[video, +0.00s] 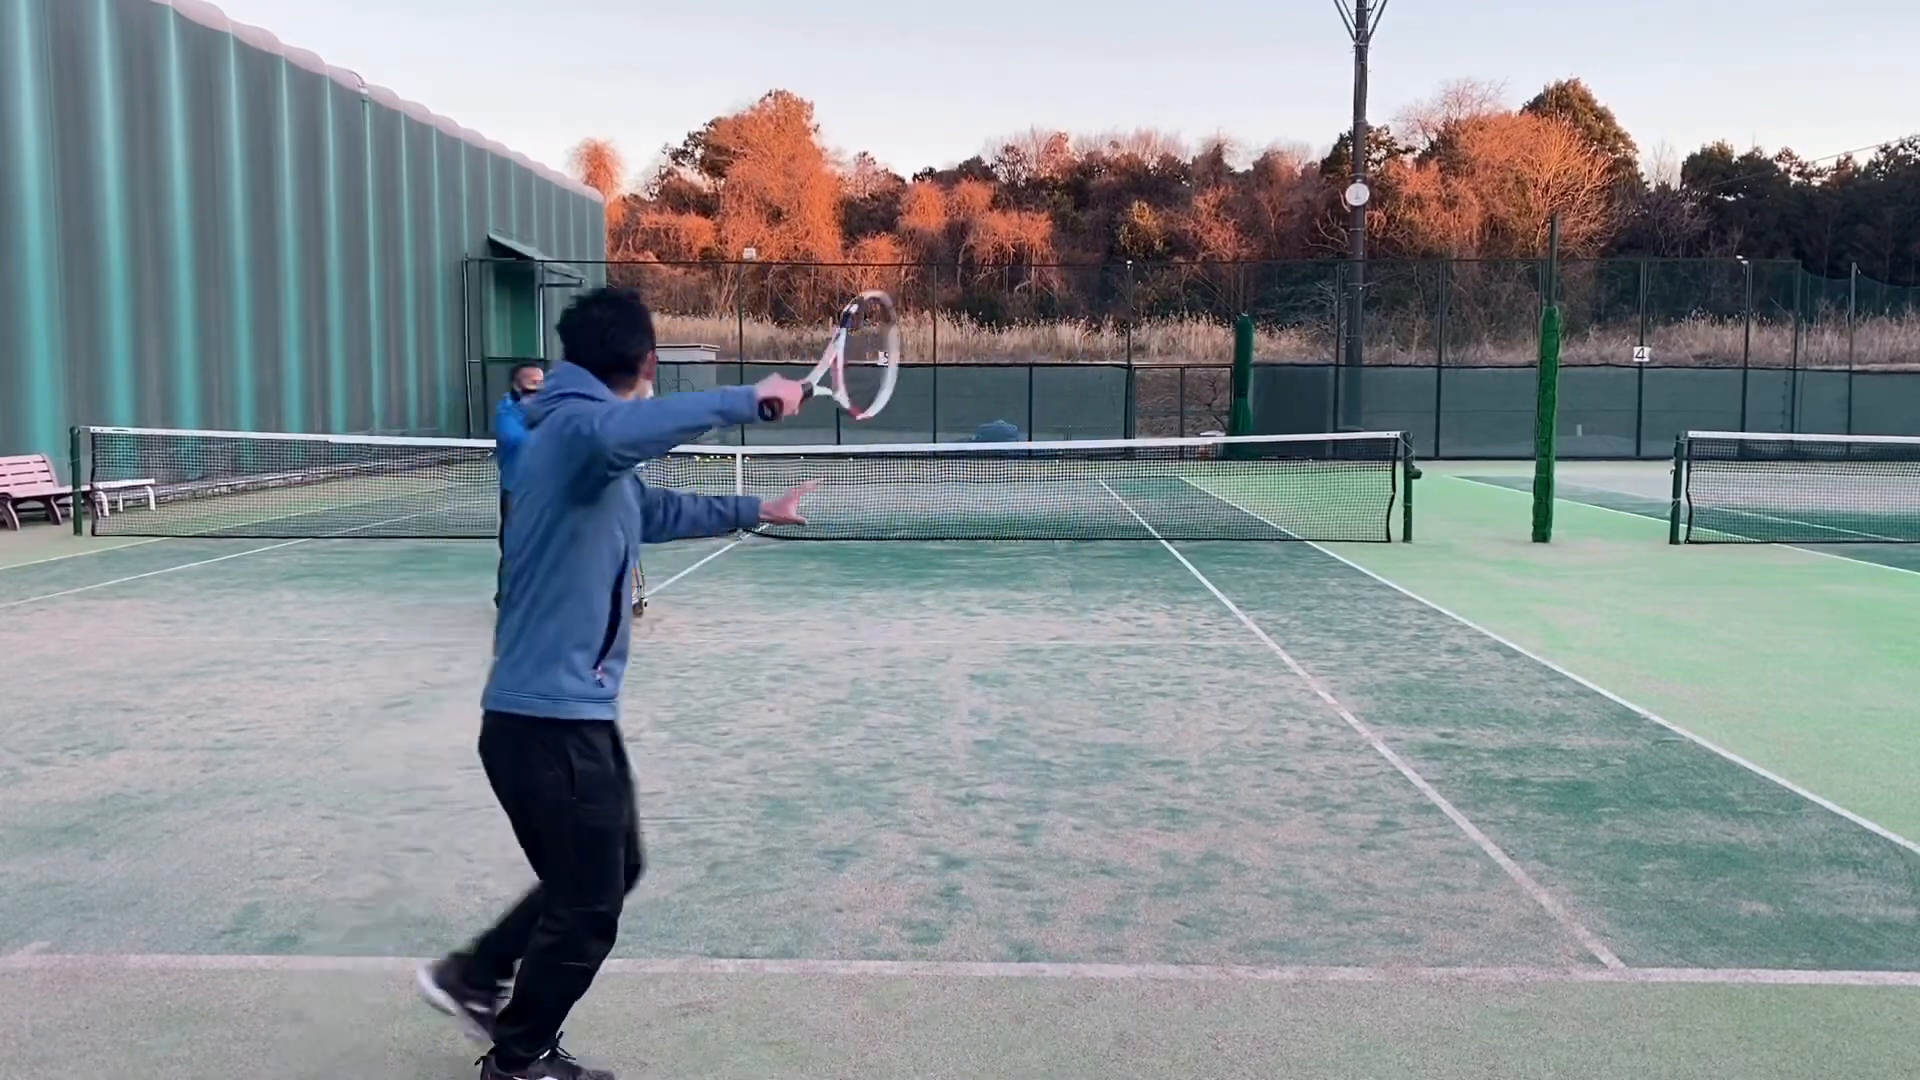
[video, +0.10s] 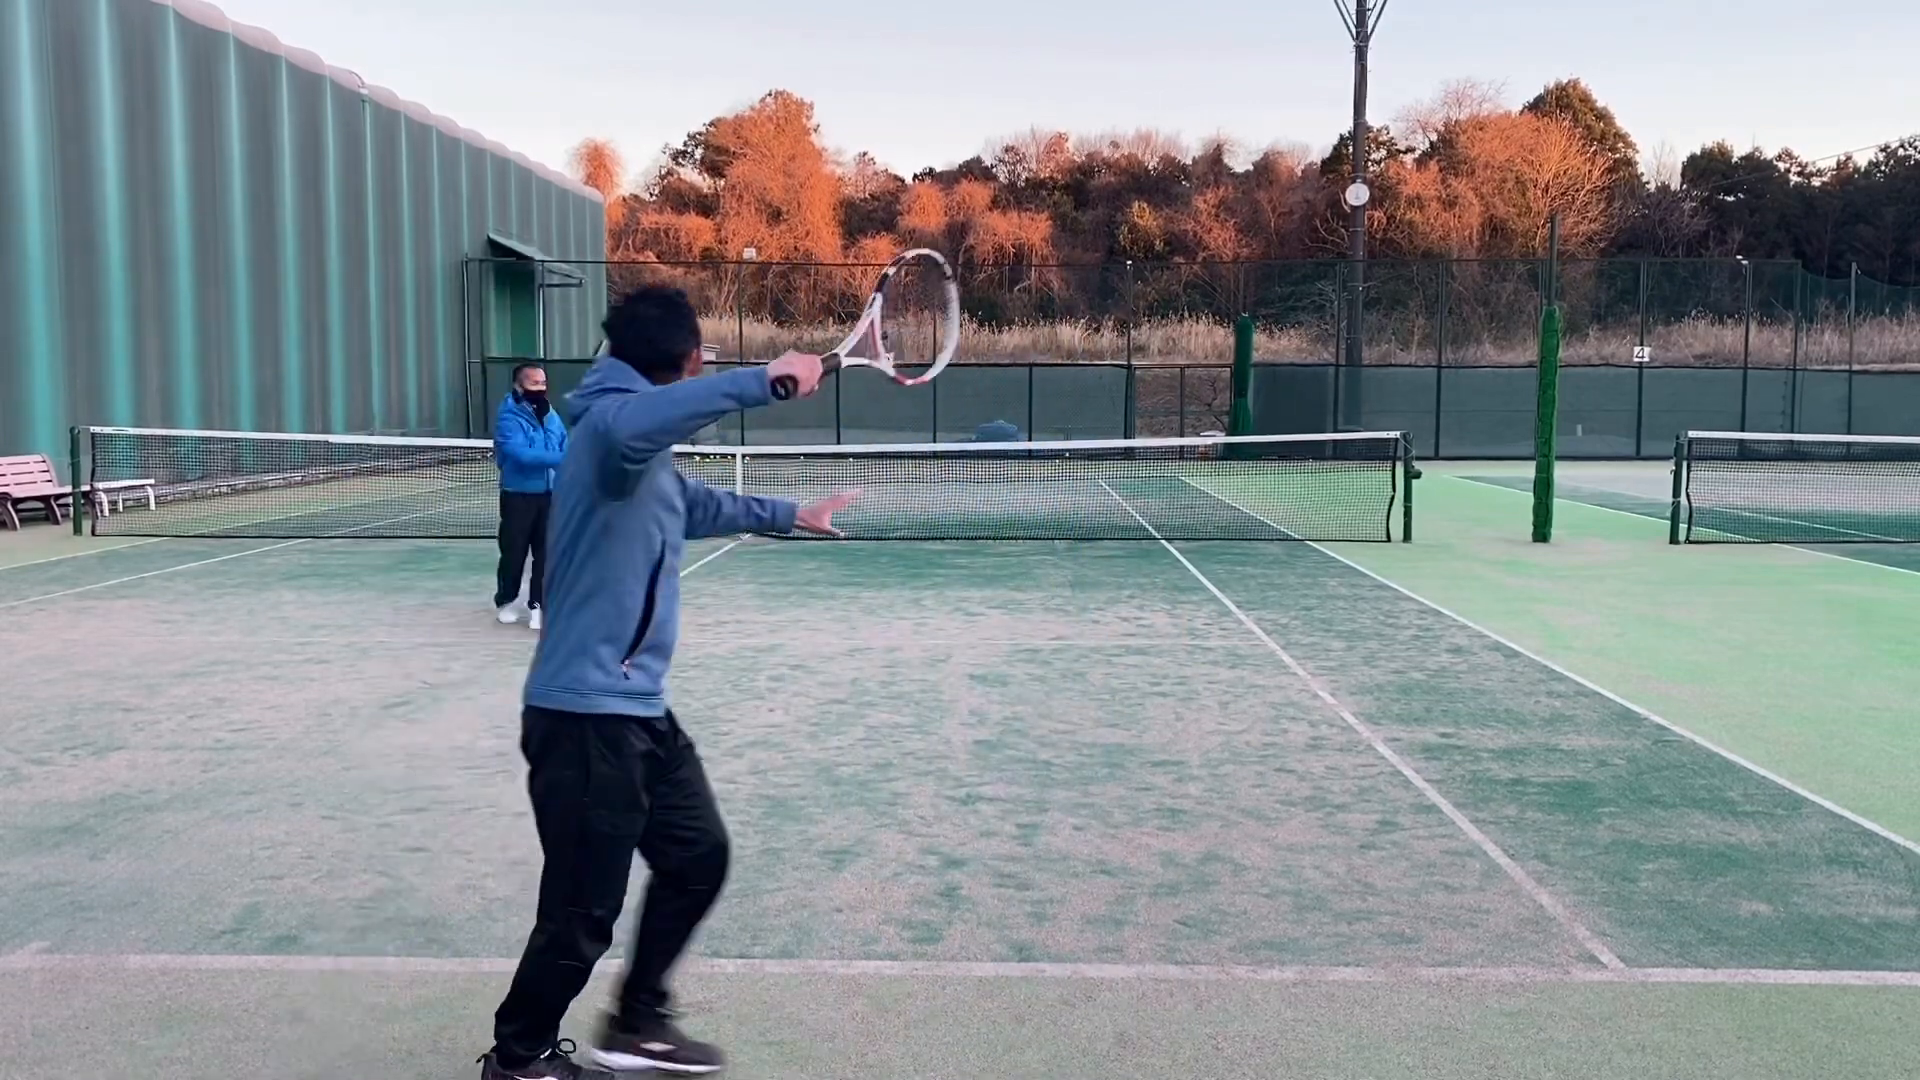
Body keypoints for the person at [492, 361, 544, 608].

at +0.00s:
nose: (537, 386)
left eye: (540, 381)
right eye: (531, 381)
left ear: (544, 382)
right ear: (517, 383)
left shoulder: (549, 405)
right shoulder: (507, 408)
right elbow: (513, 437)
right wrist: (543, 441)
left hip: (545, 487)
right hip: (515, 487)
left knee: (541, 545)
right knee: (512, 545)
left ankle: (538, 597)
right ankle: (507, 595)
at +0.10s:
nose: (541, 388)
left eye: (543, 383)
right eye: (535, 383)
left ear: (546, 384)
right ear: (520, 385)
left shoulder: (552, 415)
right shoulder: (508, 415)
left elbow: (564, 448)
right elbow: (518, 453)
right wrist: (559, 457)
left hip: (548, 491)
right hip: (518, 492)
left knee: (544, 553)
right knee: (514, 551)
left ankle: (537, 605)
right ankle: (506, 602)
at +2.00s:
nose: (523, 389)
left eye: (527, 384)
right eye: (517, 384)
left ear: (535, 385)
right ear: (508, 387)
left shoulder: (549, 415)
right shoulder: (498, 418)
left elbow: (571, 449)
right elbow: (498, 460)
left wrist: (566, 473)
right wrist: (524, 472)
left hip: (543, 495)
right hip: (511, 496)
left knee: (544, 554)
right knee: (511, 553)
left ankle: (540, 607)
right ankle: (512, 602)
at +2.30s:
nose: (510, 391)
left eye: (515, 386)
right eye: (505, 387)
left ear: (524, 387)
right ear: (497, 389)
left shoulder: (541, 415)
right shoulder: (490, 419)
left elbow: (568, 448)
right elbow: (484, 457)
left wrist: (566, 476)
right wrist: (494, 484)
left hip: (536, 496)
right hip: (503, 497)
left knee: (537, 553)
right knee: (505, 555)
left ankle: (539, 605)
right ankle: (511, 603)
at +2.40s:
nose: (507, 392)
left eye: (512, 387)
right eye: (501, 388)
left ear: (520, 387)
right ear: (494, 389)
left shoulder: (539, 415)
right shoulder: (486, 420)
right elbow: (478, 461)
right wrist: (486, 494)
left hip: (538, 494)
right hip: (501, 496)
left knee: (538, 547)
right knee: (503, 552)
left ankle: (539, 605)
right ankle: (509, 605)